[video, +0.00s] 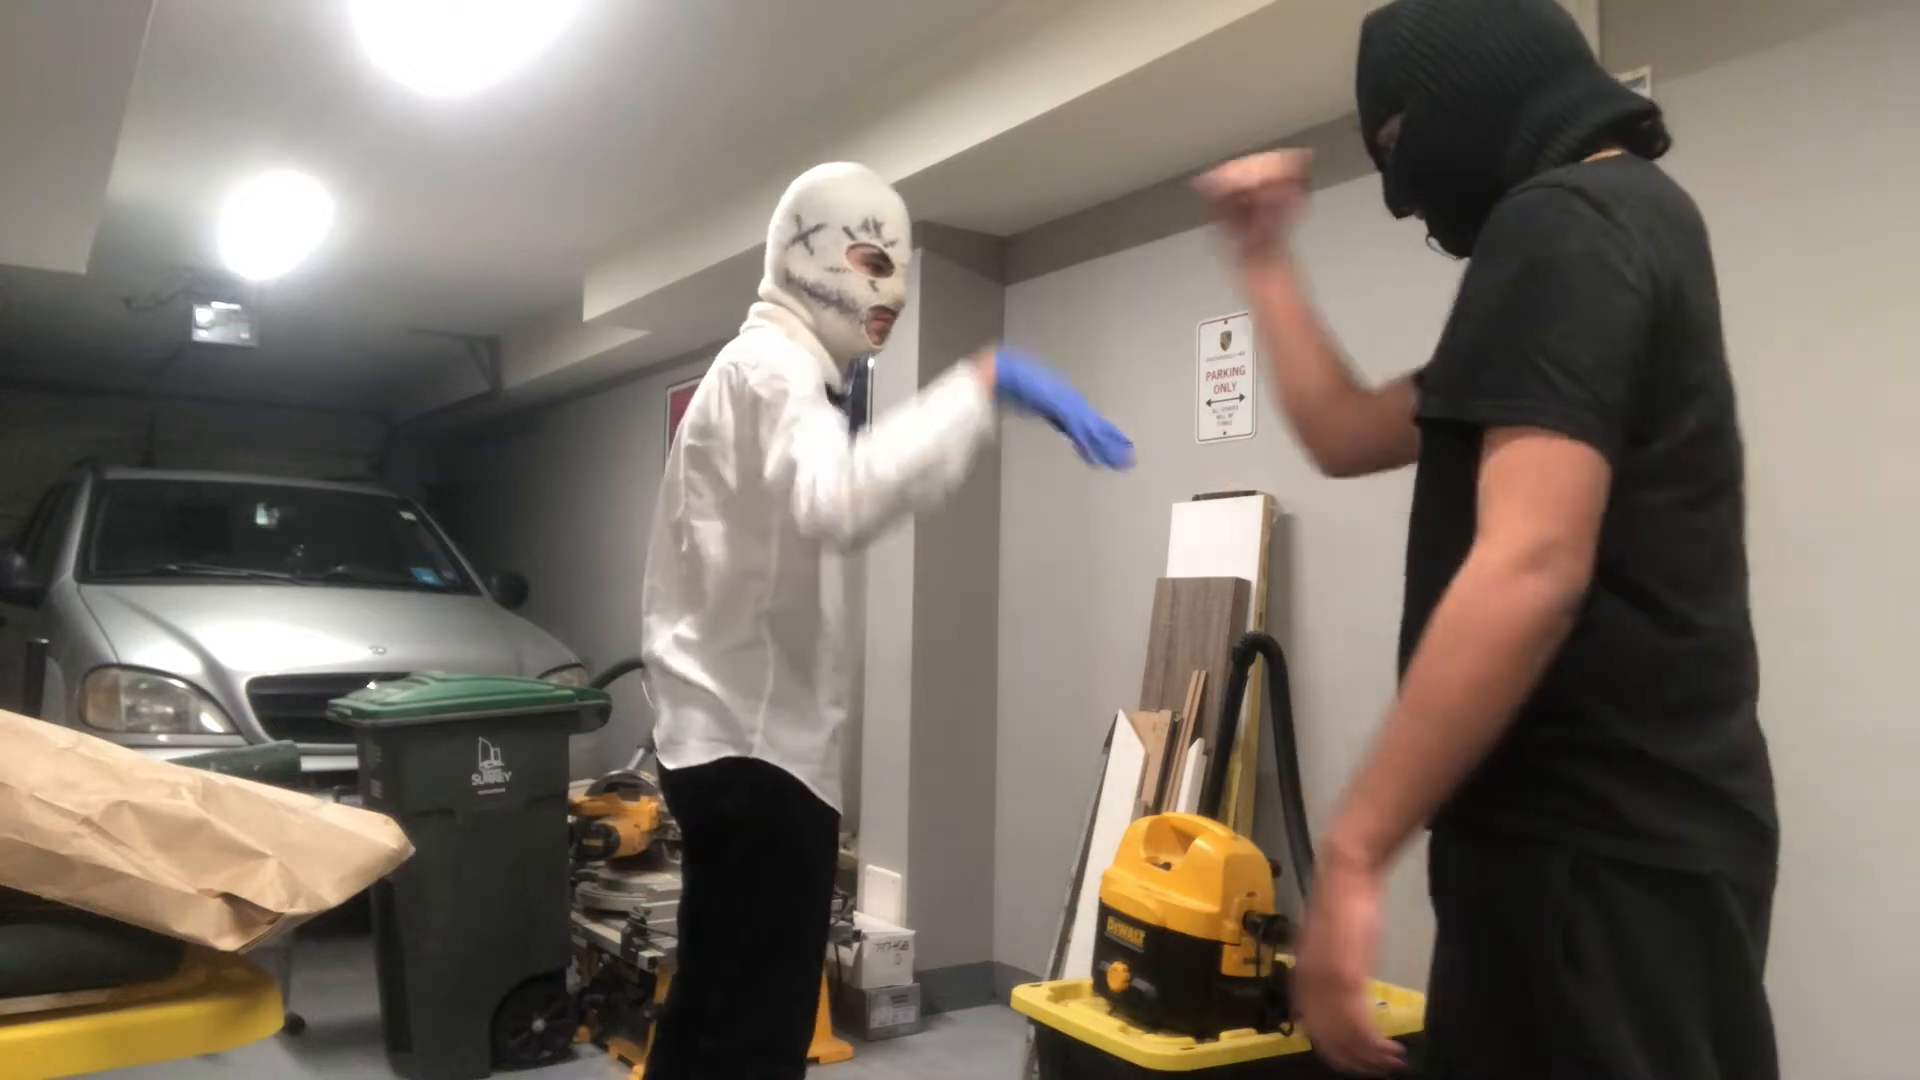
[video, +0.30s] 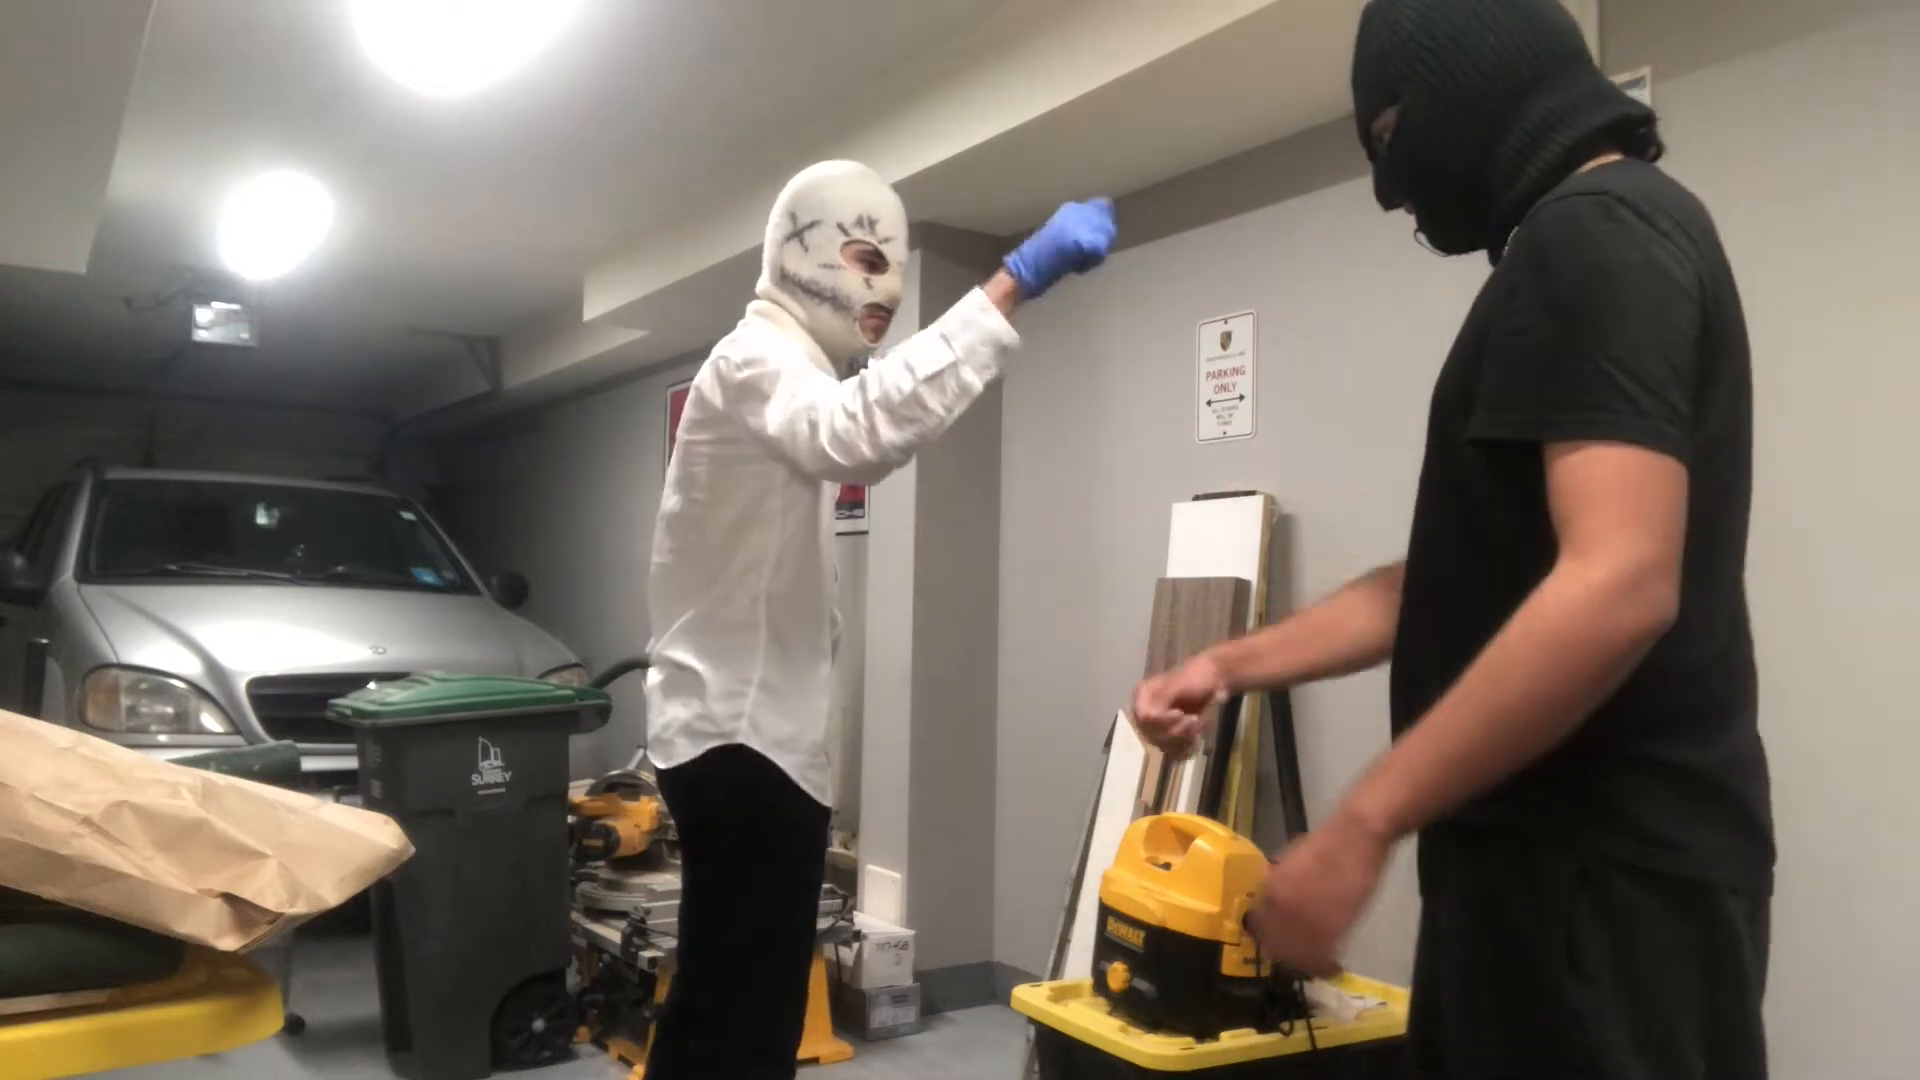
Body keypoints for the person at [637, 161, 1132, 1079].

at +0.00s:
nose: (893, 290)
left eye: (897, 266)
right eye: (875, 260)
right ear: (812, 254)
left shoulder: (796, 368)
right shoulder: (769, 364)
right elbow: (831, 502)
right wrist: (979, 385)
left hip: (768, 743)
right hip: (747, 748)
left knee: (738, 1014)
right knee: (749, 1021)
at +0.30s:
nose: (887, 291)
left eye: (893, 268)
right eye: (869, 261)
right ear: (807, 254)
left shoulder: (791, 364)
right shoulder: (757, 353)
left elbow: (865, 441)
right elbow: (847, 434)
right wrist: (1015, 279)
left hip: (768, 736)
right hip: (737, 739)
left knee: (734, 1016)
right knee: (743, 1022)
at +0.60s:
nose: (869, 289)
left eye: (876, 267)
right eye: (848, 259)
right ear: (785, 255)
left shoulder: (762, 368)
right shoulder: (745, 365)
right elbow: (846, 511)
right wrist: (1006, 442)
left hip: (755, 745)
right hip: (736, 747)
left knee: (734, 1020)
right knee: (741, 1026)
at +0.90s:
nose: (856, 287)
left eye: (862, 265)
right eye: (833, 259)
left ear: (865, 271)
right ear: (772, 260)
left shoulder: (755, 376)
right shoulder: (733, 373)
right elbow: (815, 513)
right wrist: (1001, 564)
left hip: (751, 751)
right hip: (736, 754)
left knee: (727, 1019)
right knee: (751, 1027)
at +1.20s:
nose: (881, 305)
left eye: (889, 280)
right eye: (862, 272)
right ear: (798, 261)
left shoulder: (769, 376)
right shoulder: (747, 366)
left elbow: (749, 604)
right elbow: (816, 522)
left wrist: (790, 783)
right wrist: (977, 416)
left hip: (744, 745)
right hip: (717, 748)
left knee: (725, 1024)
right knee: (732, 1030)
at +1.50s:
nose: (829, 303)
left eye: (838, 281)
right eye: (808, 271)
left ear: (834, 288)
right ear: (746, 266)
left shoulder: (755, 406)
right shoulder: (689, 384)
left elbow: (747, 628)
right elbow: (796, 538)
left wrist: (806, 761)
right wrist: (981, 491)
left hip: (745, 756)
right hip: (696, 755)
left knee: (731, 1018)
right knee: (729, 1025)